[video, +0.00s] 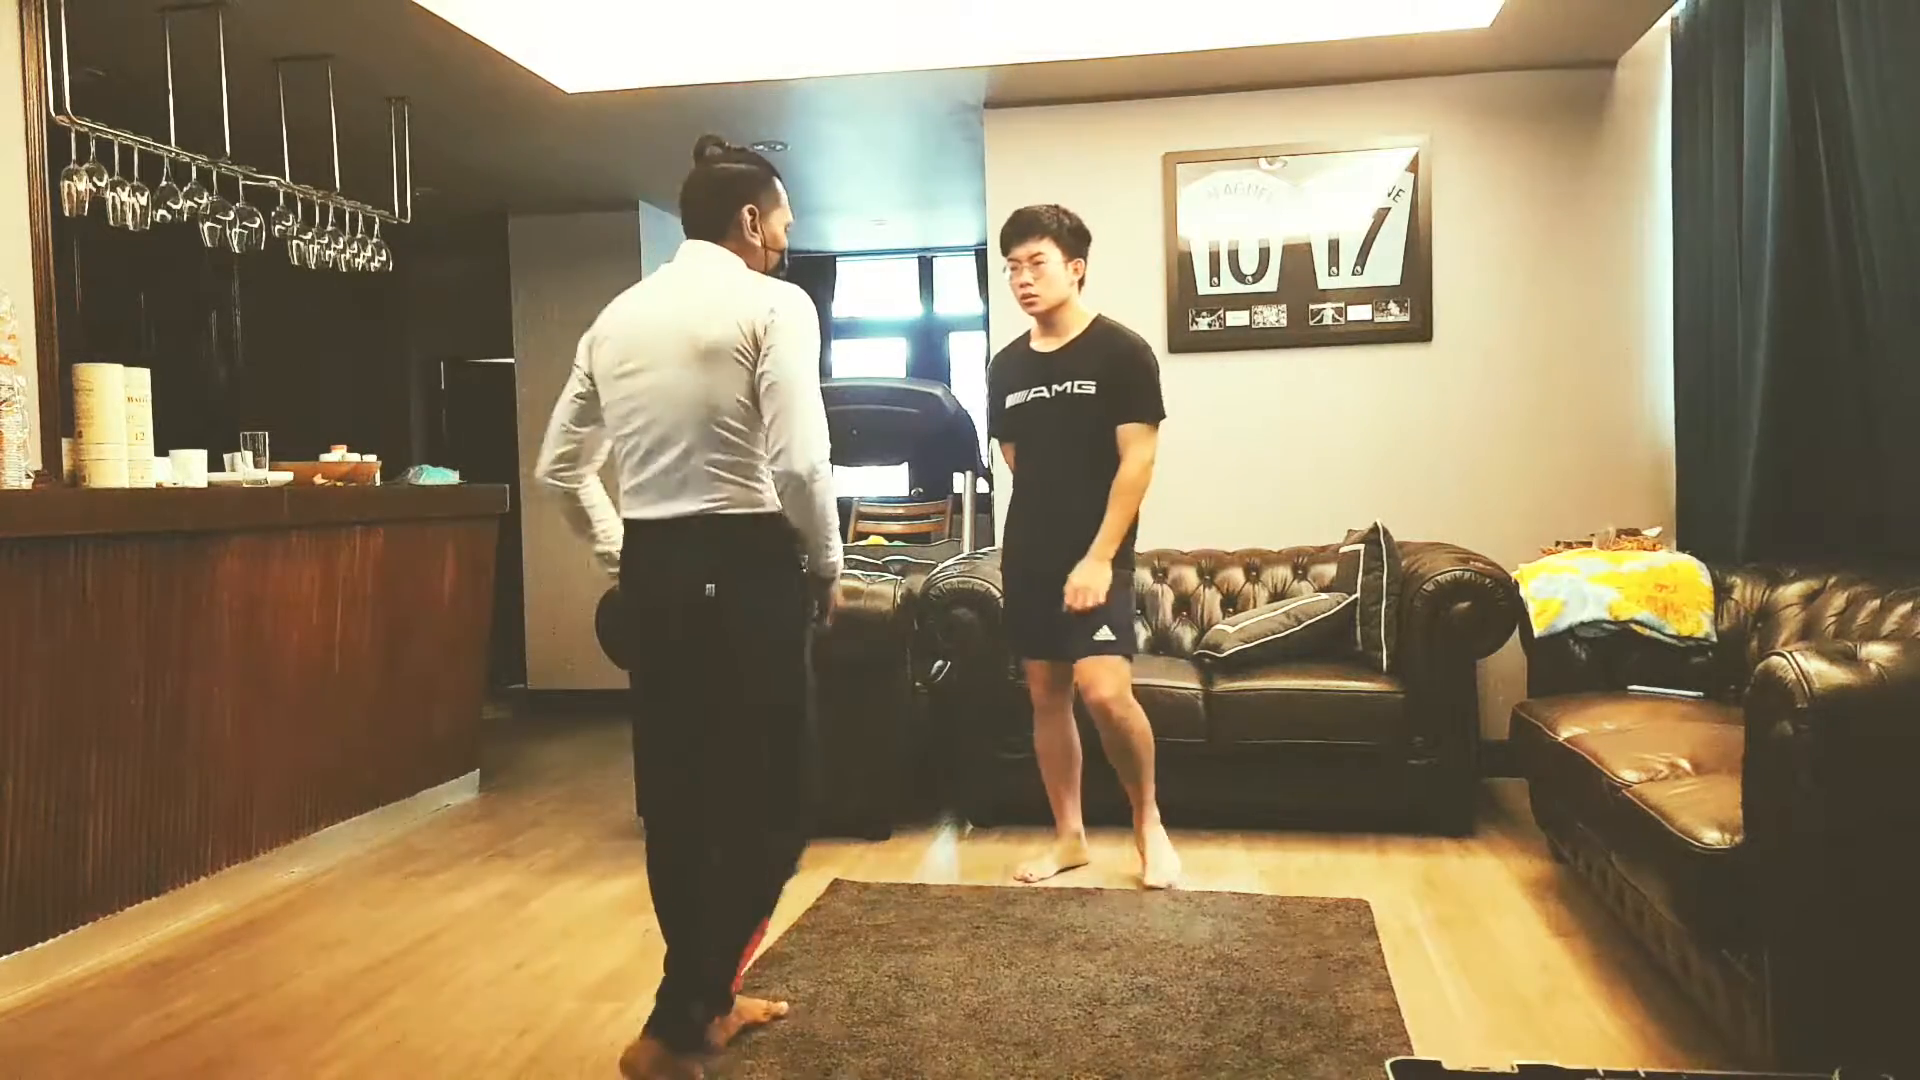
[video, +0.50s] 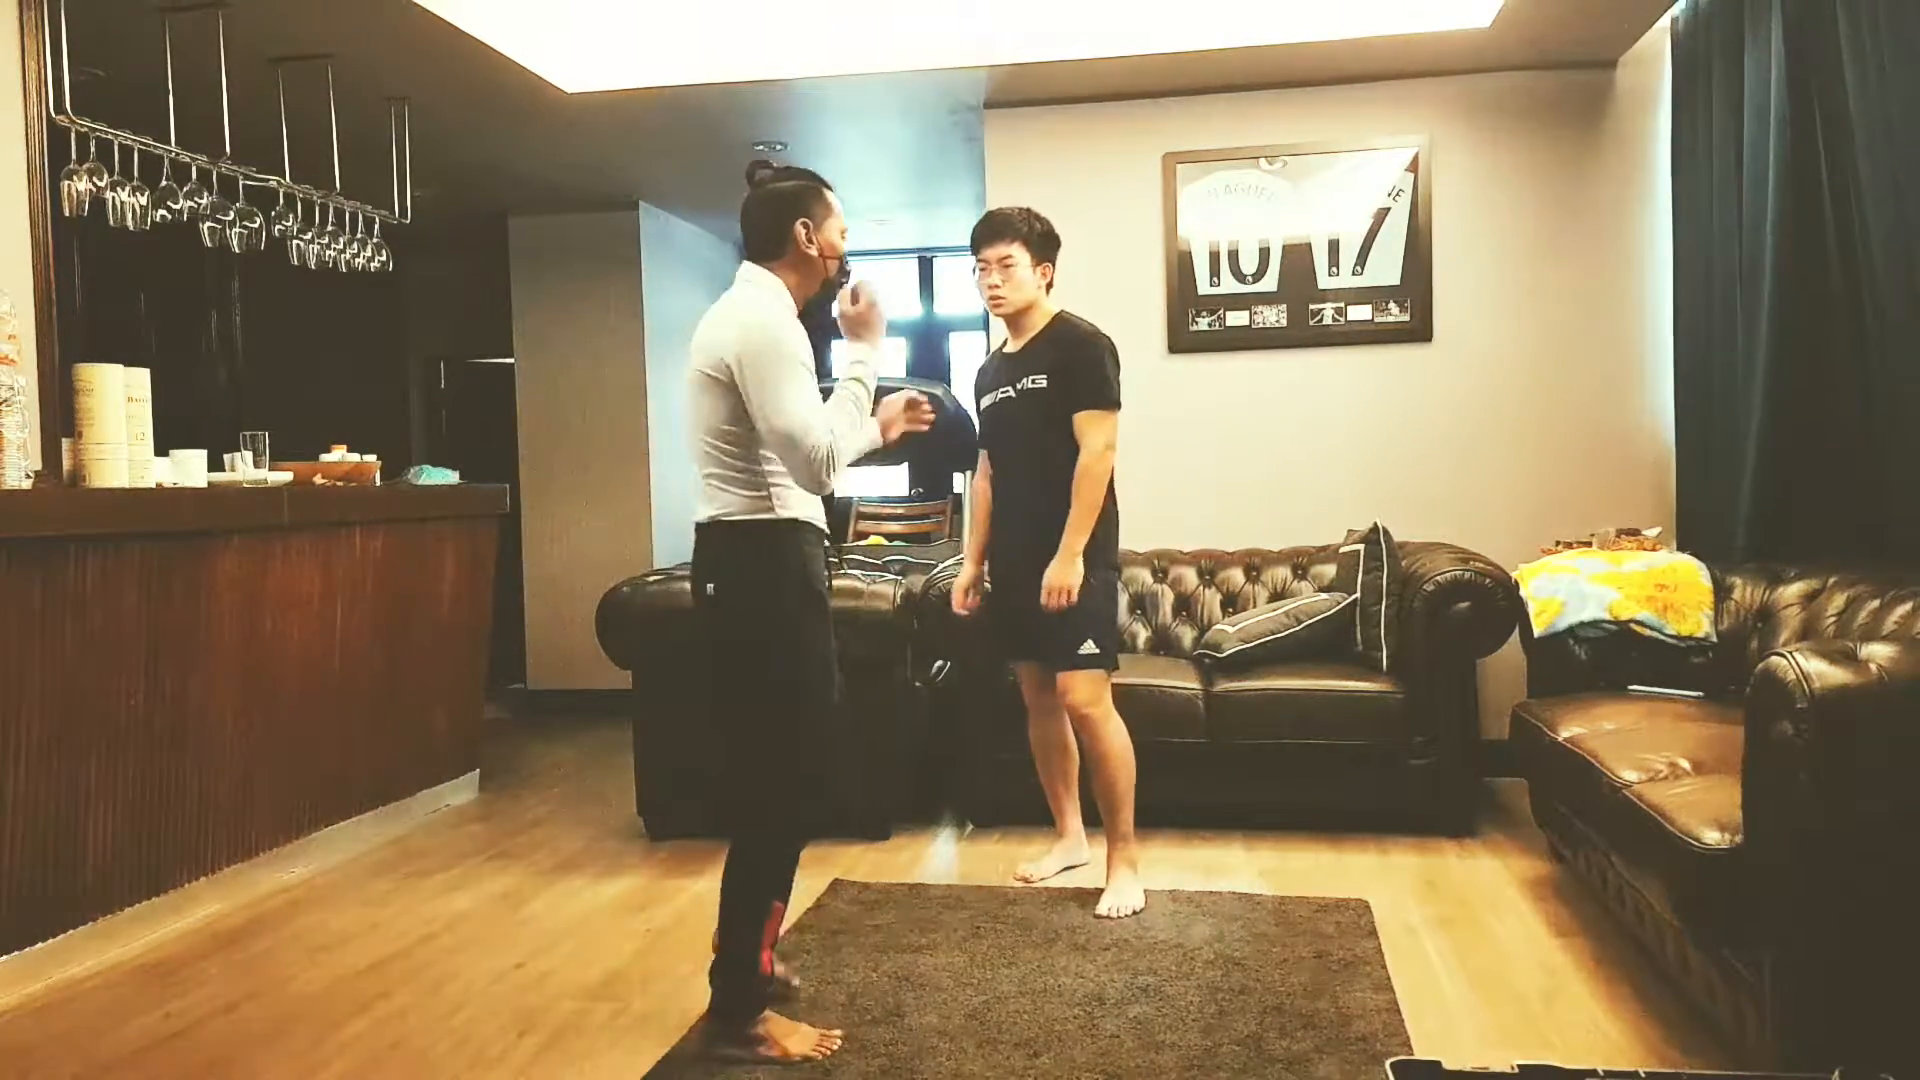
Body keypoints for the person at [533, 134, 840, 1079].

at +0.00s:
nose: (787, 239)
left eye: (786, 221)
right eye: (782, 222)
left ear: (698, 224)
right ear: (751, 220)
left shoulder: (615, 317)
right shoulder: (774, 303)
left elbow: (562, 462)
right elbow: (800, 462)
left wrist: (622, 553)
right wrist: (827, 565)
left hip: (650, 573)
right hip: (750, 569)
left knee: (672, 790)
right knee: (769, 807)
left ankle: (708, 994)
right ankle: (669, 1034)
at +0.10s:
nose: (794, 241)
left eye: (792, 225)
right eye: (788, 226)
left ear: (708, 229)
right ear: (756, 226)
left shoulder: (646, 319)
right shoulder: (779, 310)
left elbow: (603, 473)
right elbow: (794, 465)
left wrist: (673, 537)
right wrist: (840, 567)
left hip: (658, 574)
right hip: (752, 575)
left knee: (676, 794)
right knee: (820, 795)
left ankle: (705, 994)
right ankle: (693, 1005)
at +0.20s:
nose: (804, 244)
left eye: (802, 227)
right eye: (798, 227)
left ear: (723, 229)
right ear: (764, 227)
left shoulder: (664, 315)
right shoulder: (774, 310)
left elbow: (652, 462)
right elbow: (794, 465)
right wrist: (847, 523)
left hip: (671, 563)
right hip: (754, 564)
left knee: (692, 789)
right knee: (823, 780)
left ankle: (716, 996)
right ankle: (735, 990)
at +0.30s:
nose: (813, 249)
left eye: (813, 233)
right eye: (808, 232)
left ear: (743, 229)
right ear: (775, 227)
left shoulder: (695, 308)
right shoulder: (766, 311)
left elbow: (725, 465)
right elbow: (789, 460)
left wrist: (821, 510)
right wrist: (860, 442)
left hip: (703, 560)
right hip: (755, 564)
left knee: (731, 779)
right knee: (787, 784)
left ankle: (727, 988)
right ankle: (739, 1006)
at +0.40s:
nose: (830, 245)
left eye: (827, 229)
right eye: (823, 229)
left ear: (762, 232)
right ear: (792, 230)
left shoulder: (719, 308)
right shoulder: (763, 314)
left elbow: (758, 454)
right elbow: (808, 459)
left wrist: (851, 445)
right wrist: (864, 377)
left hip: (727, 551)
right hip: (762, 555)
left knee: (767, 770)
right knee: (782, 775)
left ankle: (740, 965)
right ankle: (740, 1009)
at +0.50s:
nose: (845, 243)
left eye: (841, 229)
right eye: (837, 228)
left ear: (784, 236)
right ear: (804, 233)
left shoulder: (756, 312)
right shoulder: (763, 317)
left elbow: (796, 450)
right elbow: (820, 450)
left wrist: (878, 432)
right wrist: (861, 355)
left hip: (762, 551)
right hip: (764, 555)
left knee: (783, 772)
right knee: (779, 777)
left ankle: (749, 965)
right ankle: (736, 1015)